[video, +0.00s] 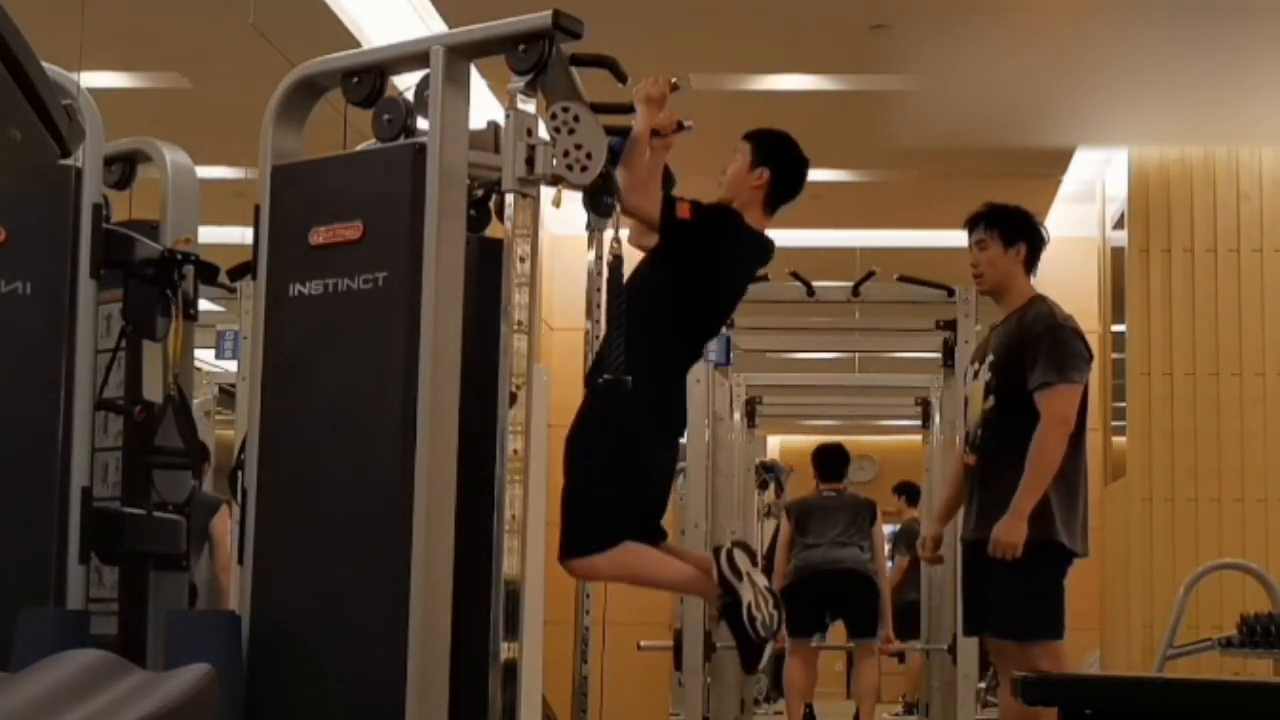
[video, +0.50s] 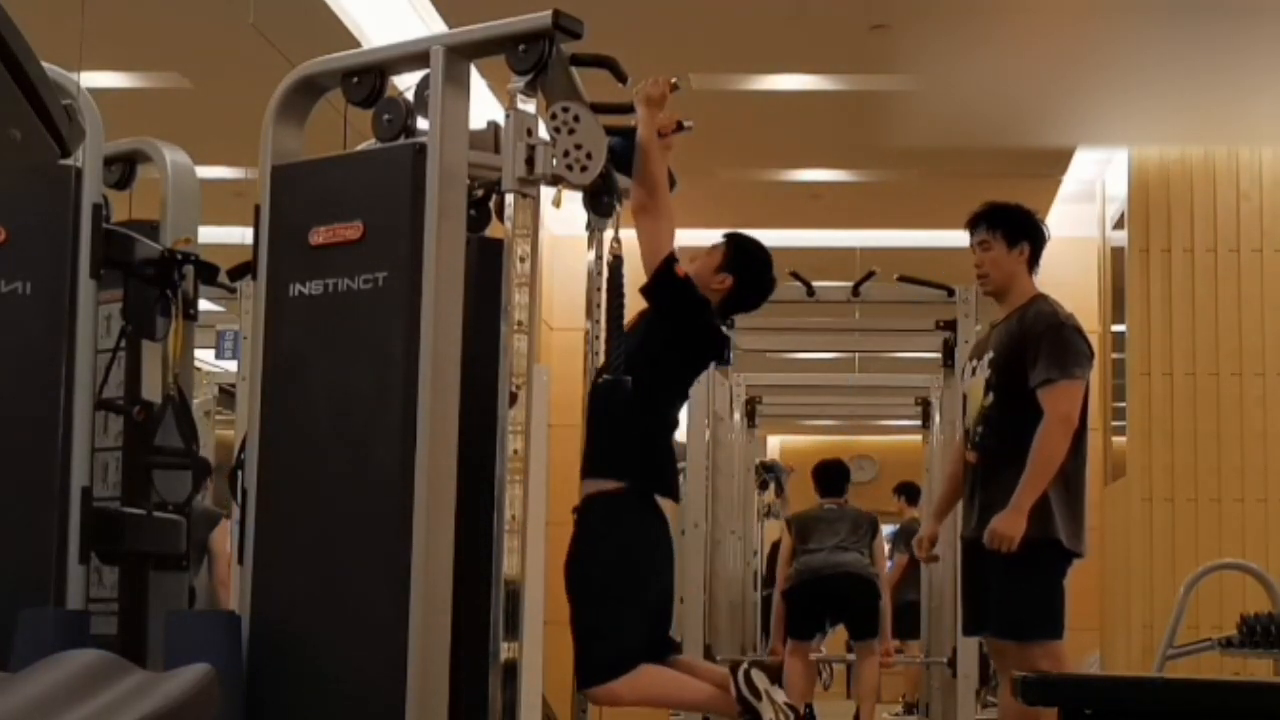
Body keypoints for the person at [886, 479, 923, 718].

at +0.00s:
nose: (894, 503)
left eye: (895, 499)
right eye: (895, 499)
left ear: (902, 499)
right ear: (914, 500)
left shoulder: (907, 528)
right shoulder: (919, 526)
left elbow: (902, 563)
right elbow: (908, 563)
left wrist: (887, 586)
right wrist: (891, 583)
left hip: (910, 595)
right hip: (918, 593)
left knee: (912, 648)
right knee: (915, 649)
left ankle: (911, 701)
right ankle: (914, 699)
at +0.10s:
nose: (894, 503)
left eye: (895, 499)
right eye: (895, 499)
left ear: (902, 499)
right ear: (914, 499)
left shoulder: (908, 528)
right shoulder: (917, 526)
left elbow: (902, 563)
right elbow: (905, 563)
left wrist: (887, 588)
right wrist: (890, 586)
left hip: (910, 596)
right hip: (915, 594)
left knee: (912, 649)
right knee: (913, 649)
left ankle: (910, 701)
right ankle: (913, 700)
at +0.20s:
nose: (894, 504)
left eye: (895, 500)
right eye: (895, 500)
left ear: (902, 500)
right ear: (914, 500)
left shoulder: (908, 528)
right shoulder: (918, 526)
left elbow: (902, 562)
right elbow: (906, 562)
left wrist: (887, 588)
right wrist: (891, 586)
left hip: (910, 596)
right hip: (915, 594)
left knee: (912, 649)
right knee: (913, 649)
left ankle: (910, 701)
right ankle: (913, 700)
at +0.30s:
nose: (894, 504)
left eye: (895, 500)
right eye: (895, 500)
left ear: (902, 500)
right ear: (914, 500)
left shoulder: (908, 528)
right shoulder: (918, 526)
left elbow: (902, 562)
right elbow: (906, 562)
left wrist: (887, 588)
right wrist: (891, 585)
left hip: (910, 596)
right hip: (915, 594)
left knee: (912, 650)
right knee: (913, 650)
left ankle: (911, 701)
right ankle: (913, 699)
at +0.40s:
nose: (894, 504)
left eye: (895, 500)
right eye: (895, 500)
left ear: (902, 500)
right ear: (914, 500)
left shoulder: (907, 528)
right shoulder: (918, 526)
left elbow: (902, 562)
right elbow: (906, 562)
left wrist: (887, 587)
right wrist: (890, 584)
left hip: (910, 596)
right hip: (916, 594)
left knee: (912, 650)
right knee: (913, 650)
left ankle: (910, 701)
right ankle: (913, 699)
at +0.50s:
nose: (894, 504)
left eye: (896, 499)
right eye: (895, 500)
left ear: (902, 500)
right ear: (915, 500)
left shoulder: (906, 528)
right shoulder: (920, 526)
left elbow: (900, 561)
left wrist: (886, 586)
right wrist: (890, 582)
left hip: (909, 596)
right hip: (917, 594)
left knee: (912, 649)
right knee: (912, 649)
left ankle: (910, 701)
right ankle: (912, 699)